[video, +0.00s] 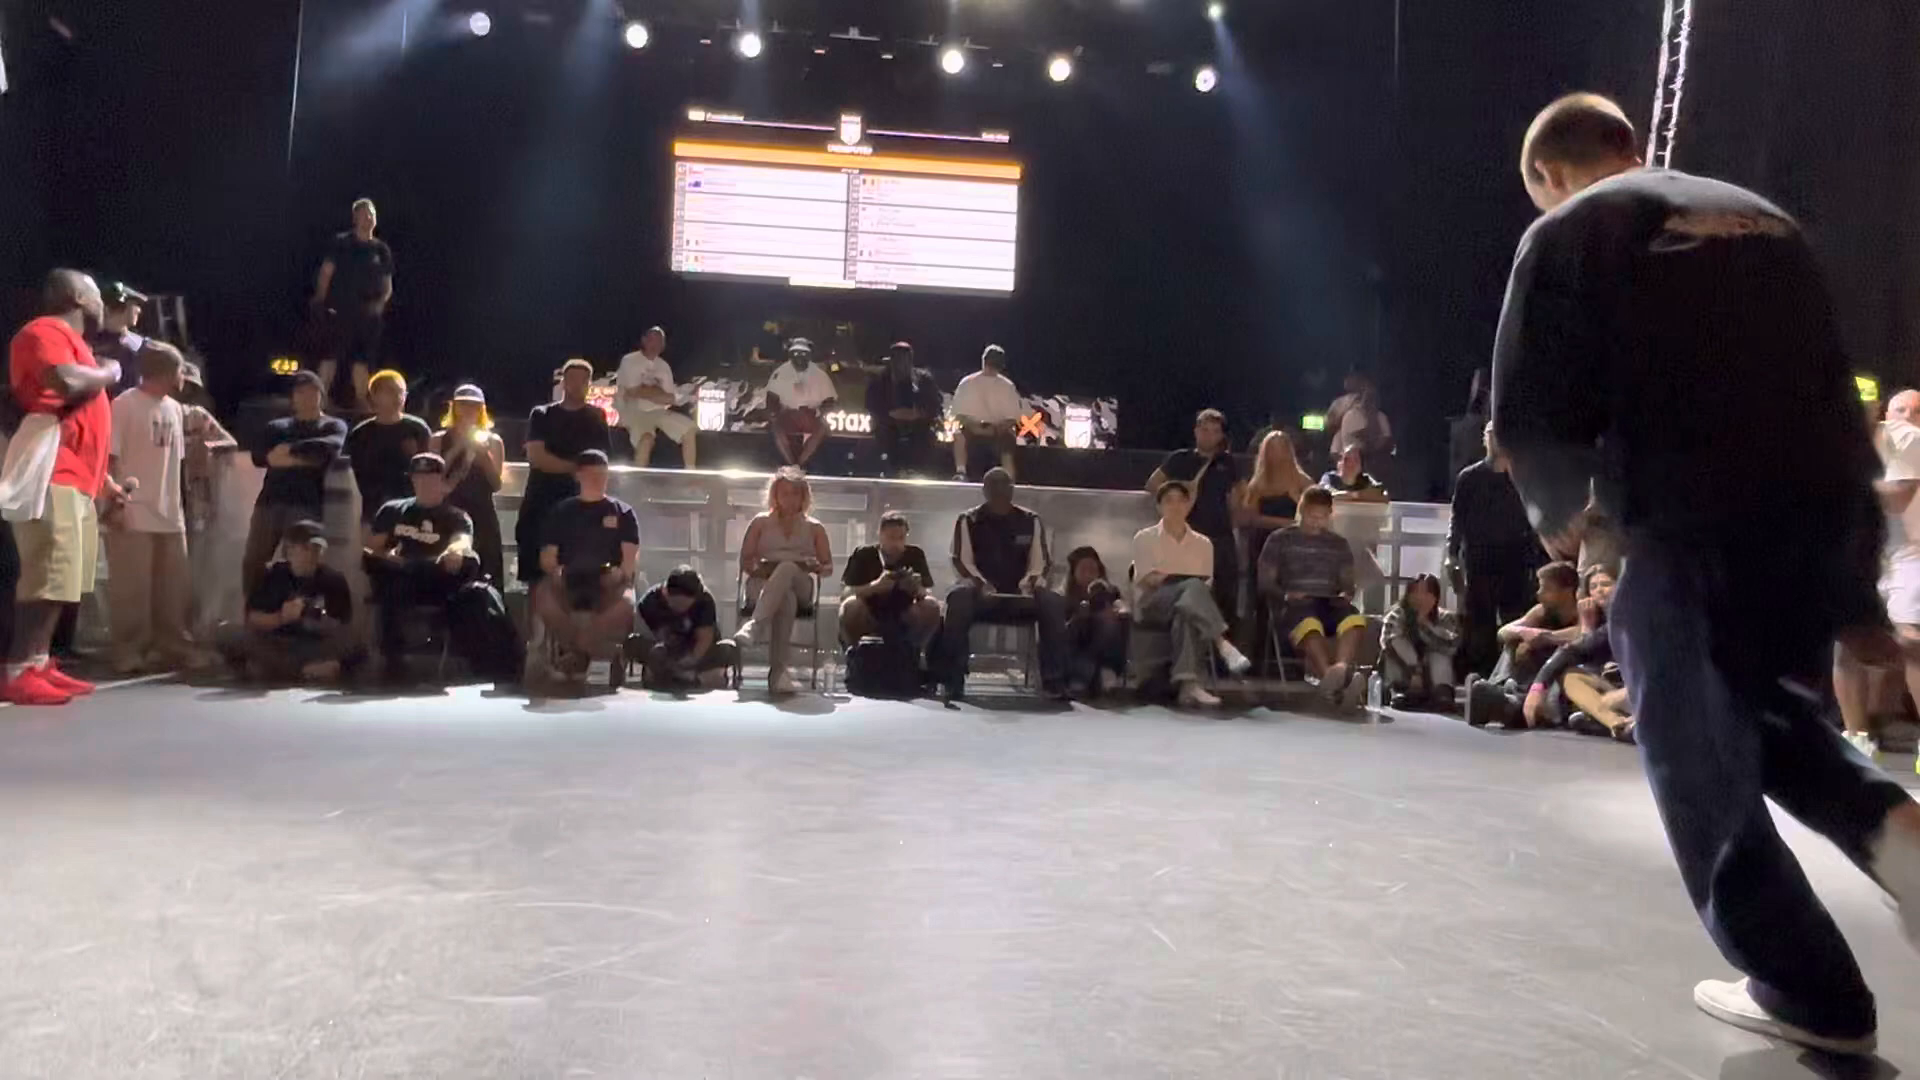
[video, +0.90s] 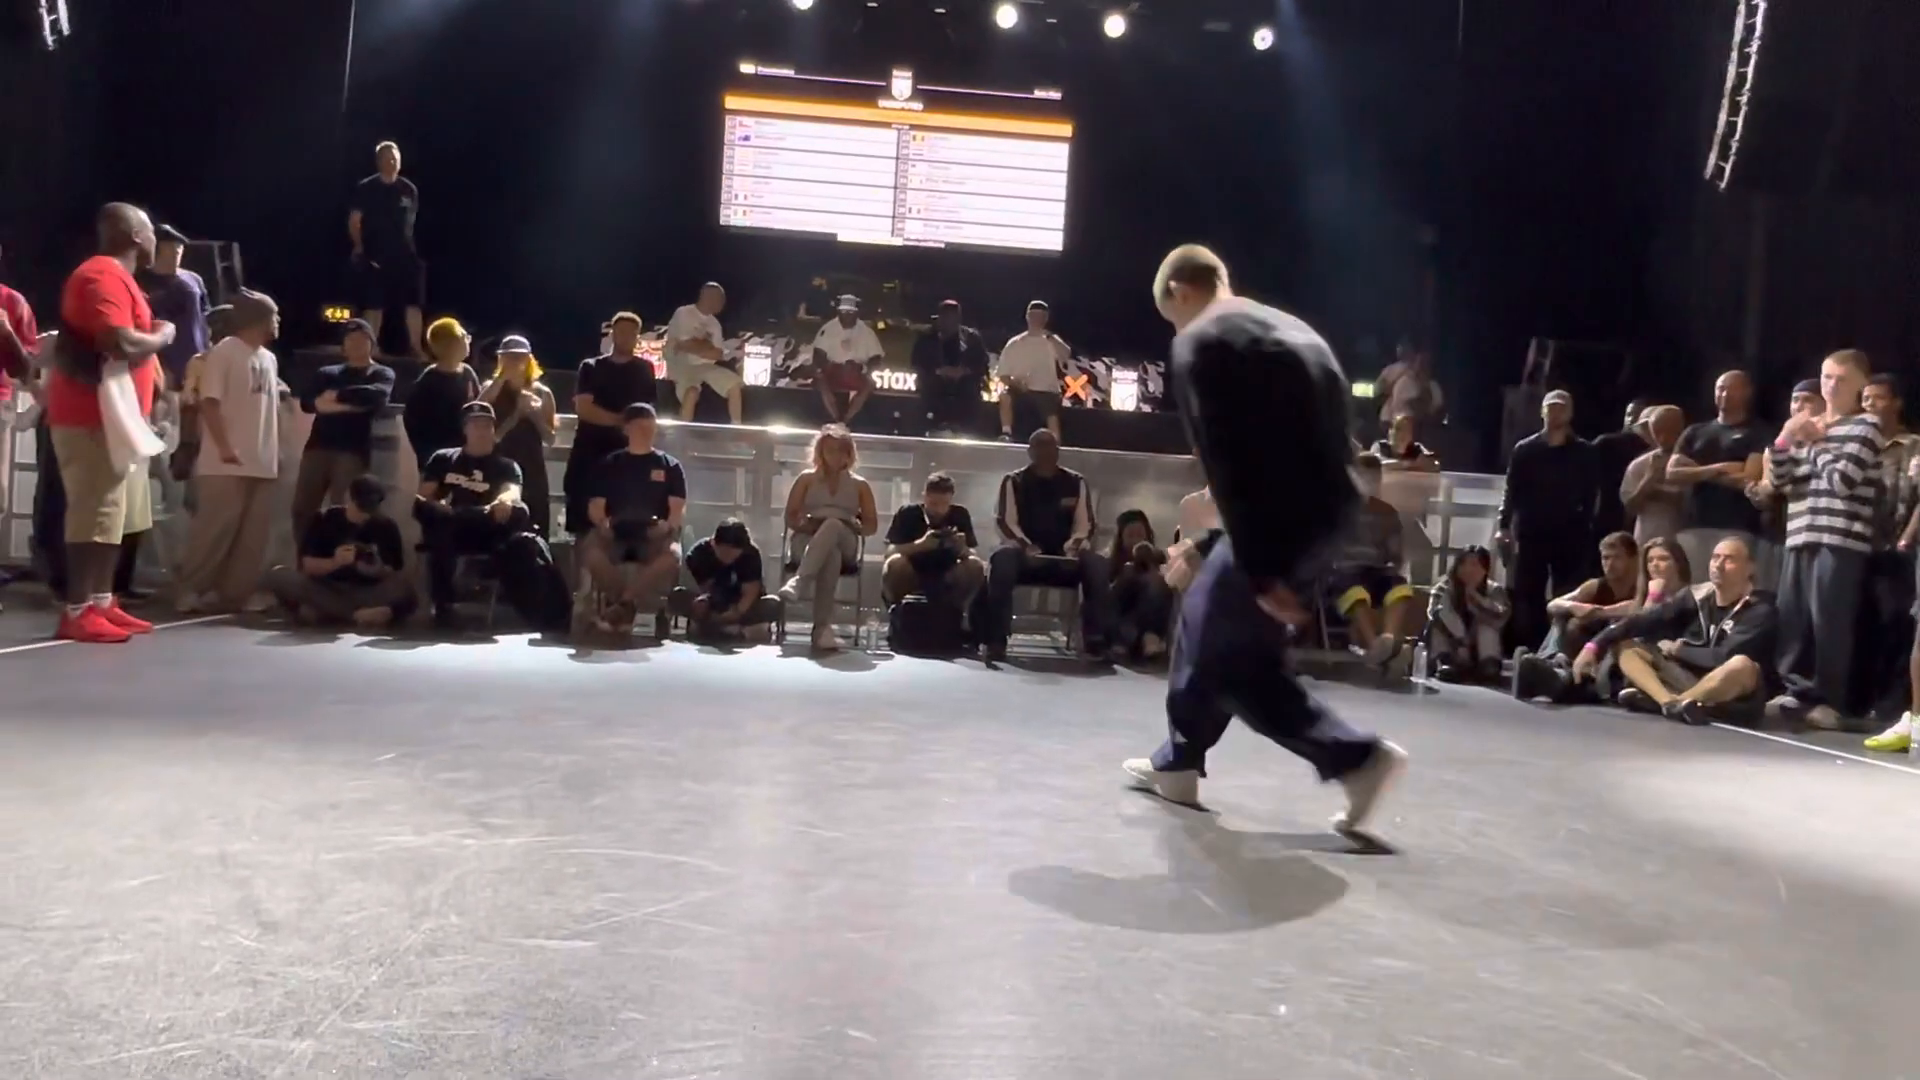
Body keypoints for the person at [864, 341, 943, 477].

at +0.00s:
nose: (901, 363)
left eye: (905, 358)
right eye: (897, 358)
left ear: (911, 360)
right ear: (892, 360)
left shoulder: (923, 378)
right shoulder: (881, 380)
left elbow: (934, 406)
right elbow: (872, 405)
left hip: (917, 427)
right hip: (890, 430)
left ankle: (919, 470)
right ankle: (891, 468)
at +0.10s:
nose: (909, 356)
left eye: (912, 352)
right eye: (905, 352)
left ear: (917, 352)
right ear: (898, 353)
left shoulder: (930, 371)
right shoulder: (888, 373)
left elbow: (941, 399)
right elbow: (879, 398)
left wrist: (923, 408)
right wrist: (898, 410)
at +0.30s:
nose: (918, 345)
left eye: (922, 340)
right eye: (915, 340)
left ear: (928, 341)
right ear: (909, 341)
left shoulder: (940, 359)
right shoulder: (899, 359)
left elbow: (951, 385)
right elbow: (887, 384)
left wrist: (932, 395)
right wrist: (906, 397)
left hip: (934, 405)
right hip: (907, 407)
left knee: (943, 415)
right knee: (896, 412)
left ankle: (942, 451)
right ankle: (896, 449)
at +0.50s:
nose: (930, 337)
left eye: (934, 332)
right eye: (926, 332)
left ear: (940, 333)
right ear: (920, 332)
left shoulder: (951, 350)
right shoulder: (908, 350)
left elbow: (962, 379)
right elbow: (898, 377)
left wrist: (942, 387)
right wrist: (919, 387)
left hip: (944, 398)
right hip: (916, 399)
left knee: (954, 402)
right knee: (904, 398)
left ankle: (951, 442)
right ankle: (902, 442)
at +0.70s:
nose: (941, 330)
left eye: (944, 325)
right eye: (937, 325)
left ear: (950, 325)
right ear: (931, 325)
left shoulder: (962, 344)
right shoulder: (918, 344)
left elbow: (972, 374)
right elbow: (907, 370)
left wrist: (954, 380)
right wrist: (928, 379)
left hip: (955, 391)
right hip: (927, 391)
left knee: (964, 397)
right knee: (918, 391)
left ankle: (960, 436)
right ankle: (915, 432)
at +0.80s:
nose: (945, 326)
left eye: (949, 321)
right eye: (941, 321)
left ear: (954, 321)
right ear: (935, 321)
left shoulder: (967, 340)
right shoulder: (923, 340)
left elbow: (976, 369)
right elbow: (912, 366)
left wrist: (958, 376)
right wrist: (932, 375)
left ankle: (962, 430)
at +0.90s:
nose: (949, 322)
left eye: (953, 318)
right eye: (945, 318)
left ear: (959, 318)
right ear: (939, 318)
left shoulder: (971, 337)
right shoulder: (928, 338)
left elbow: (982, 365)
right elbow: (917, 363)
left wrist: (963, 371)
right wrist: (938, 371)